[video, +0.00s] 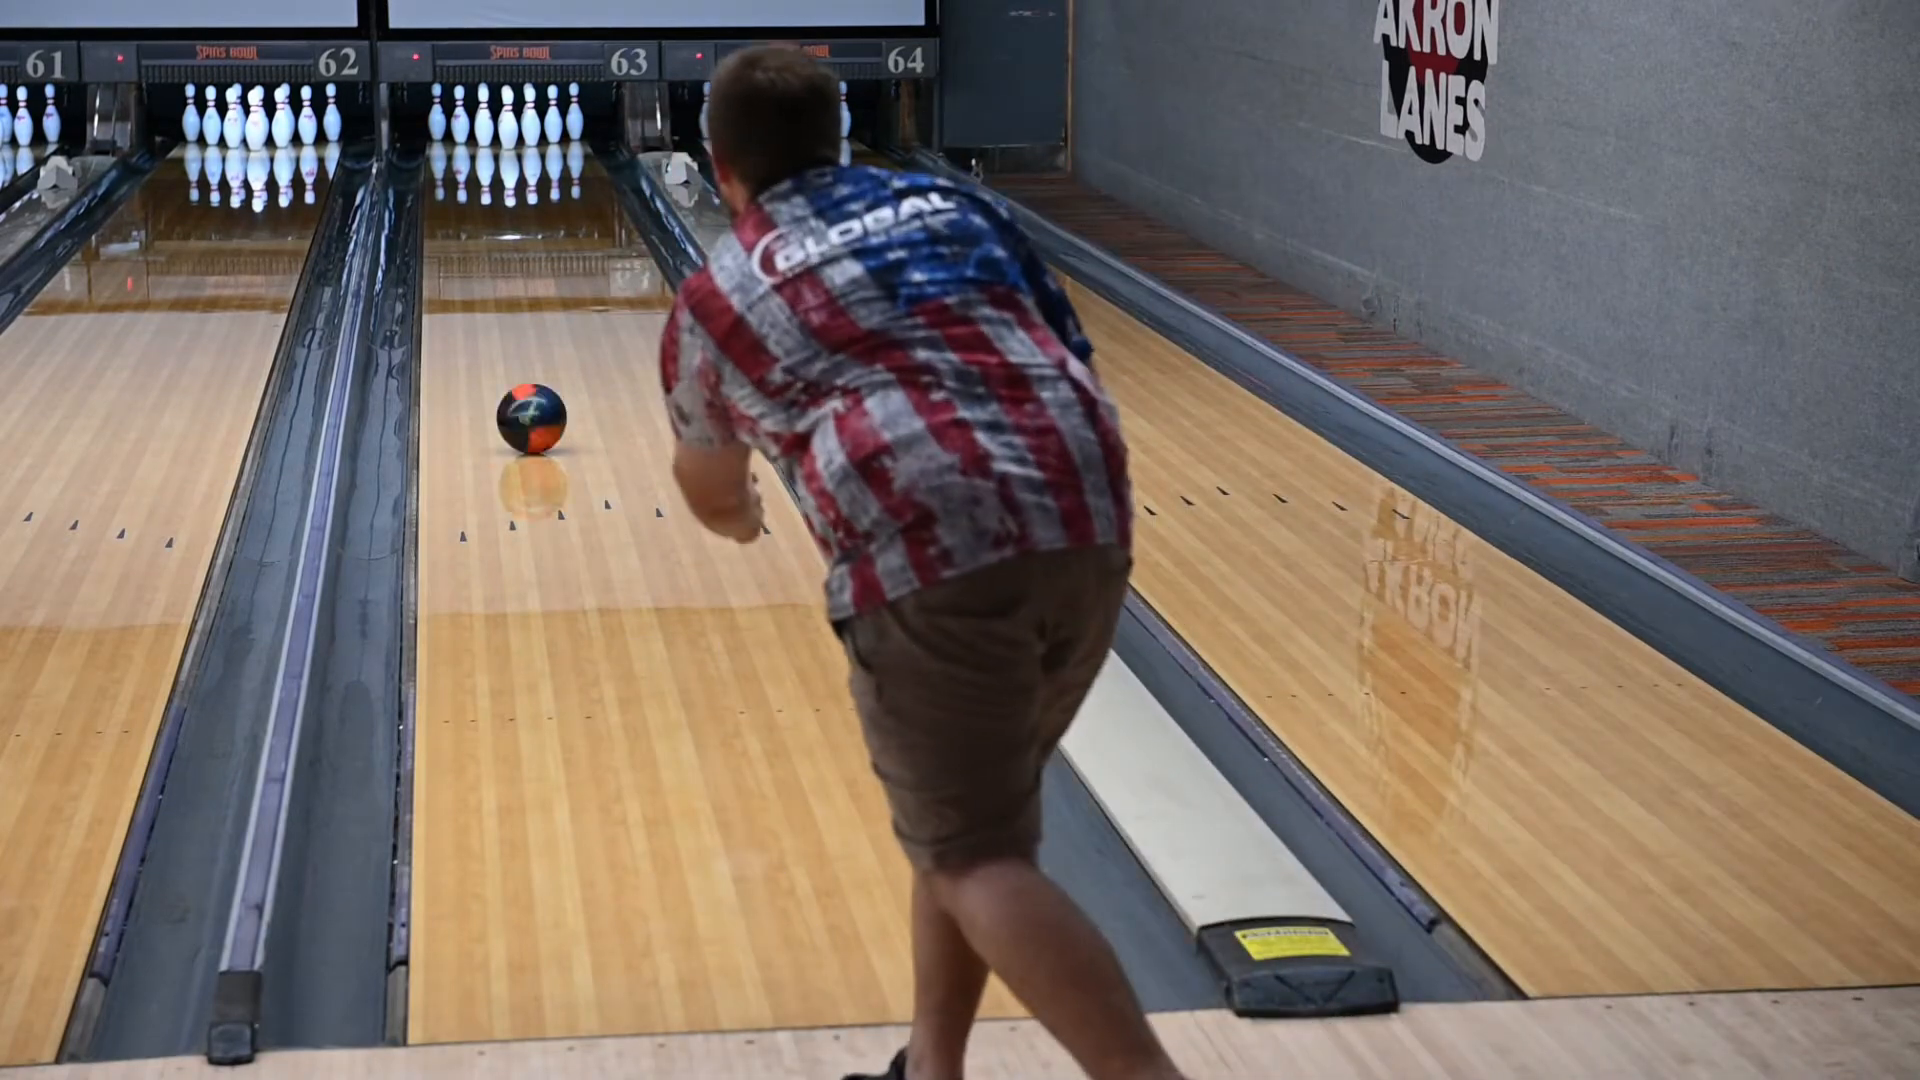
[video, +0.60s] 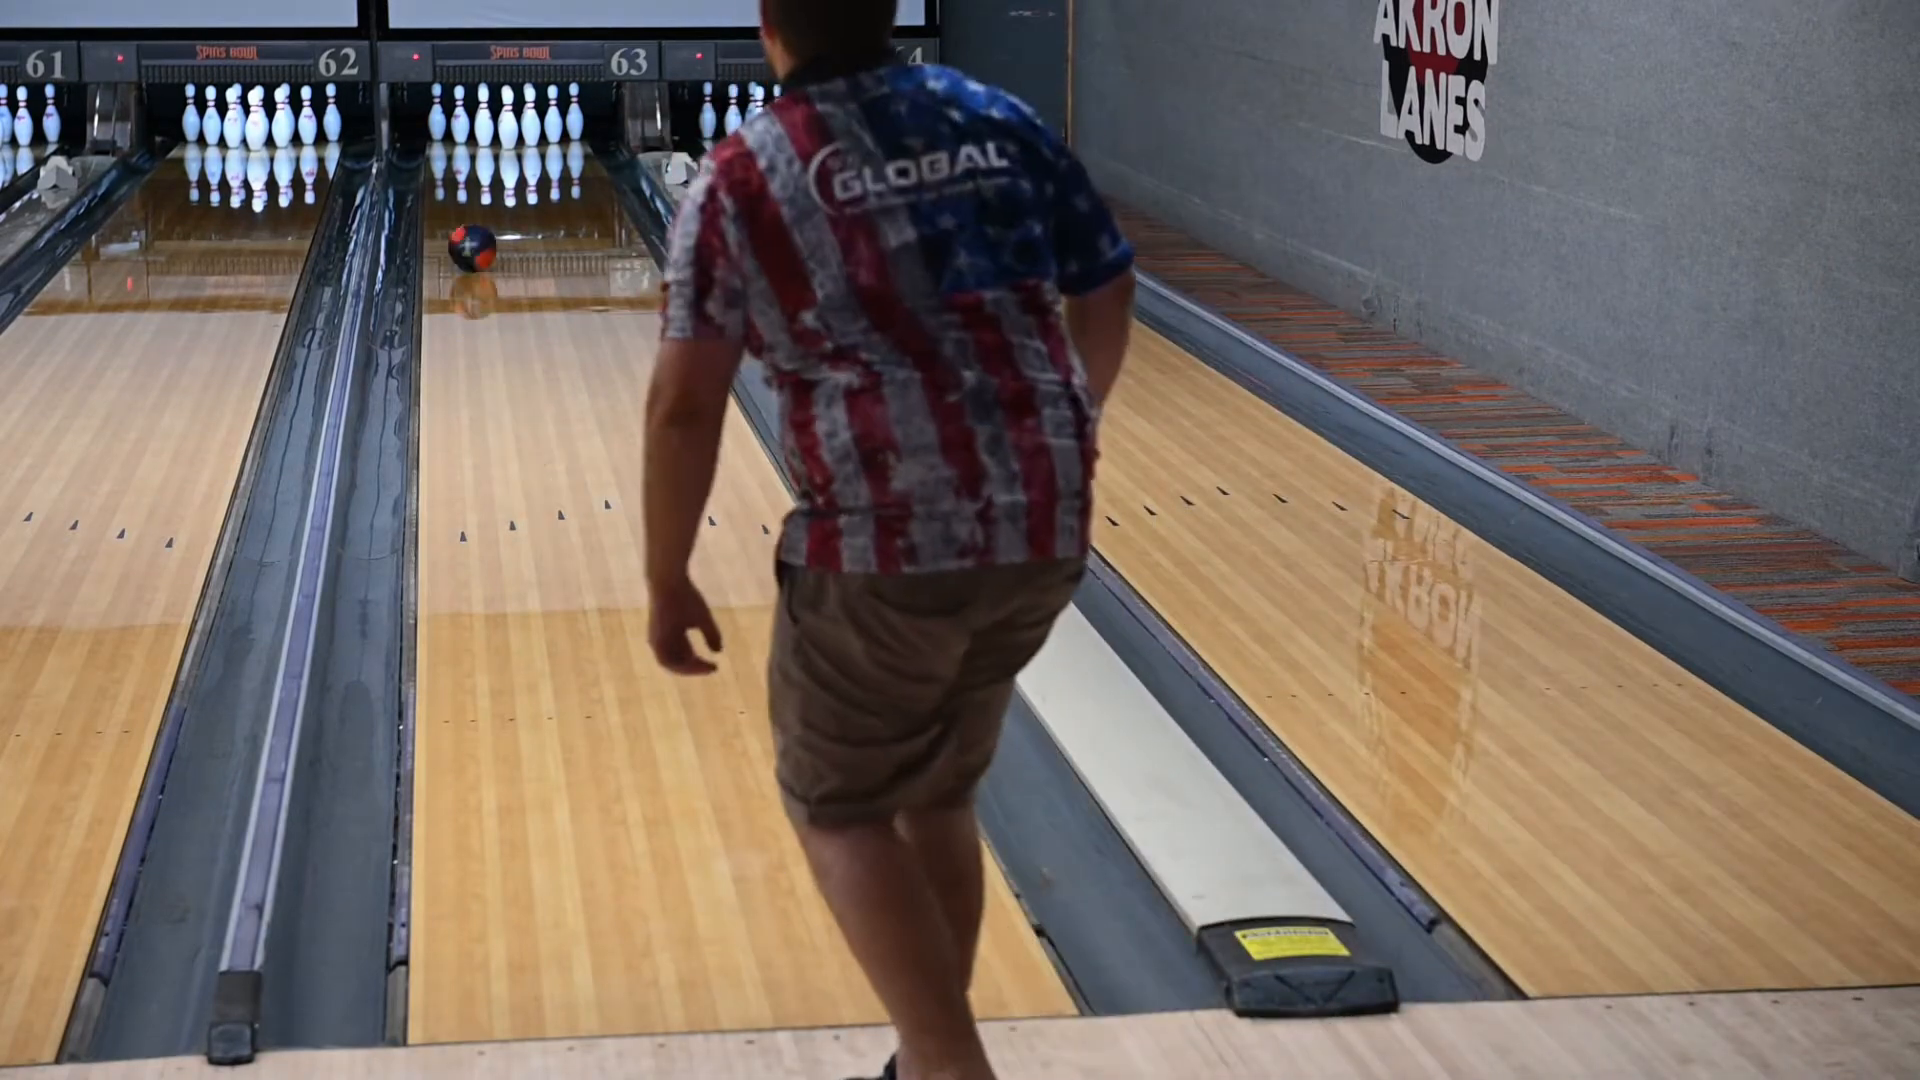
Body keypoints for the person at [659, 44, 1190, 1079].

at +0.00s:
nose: (714, 178)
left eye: (713, 163)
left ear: (724, 170)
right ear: (840, 140)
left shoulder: (717, 295)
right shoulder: (958, 202)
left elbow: (715, 487)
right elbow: (1067, 348)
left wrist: (733, 514)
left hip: (931, 554)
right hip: (1092, 525)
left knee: (975, 856)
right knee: (973, 825)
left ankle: (1145, 1072)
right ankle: (931, 1069)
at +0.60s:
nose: (765, 37)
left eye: (763, 25)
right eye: (776, 23)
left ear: (773, 32)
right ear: (889, 20)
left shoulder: (743, 178)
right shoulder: (1002, 122)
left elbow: (685, 406)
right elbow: (1105, 293)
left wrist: (668, 574)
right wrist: (1067, 433)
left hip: (883, 546)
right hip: (1042, 528)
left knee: (840, 800)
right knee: (943, 793)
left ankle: (953, 1069)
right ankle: (932, 1057)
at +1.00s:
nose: (801, 18)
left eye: (803, 9)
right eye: (809, 9)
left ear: (818, 11)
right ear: (934, 1)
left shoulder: (764, 148)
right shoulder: (1035, 117)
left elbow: (700, 380)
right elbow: (1121, 297)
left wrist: (778, 455)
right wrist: (1079, 424)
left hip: (847, 542)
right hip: (1022, 526)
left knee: (801, 795)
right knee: (950, 791)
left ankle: (868, 1066)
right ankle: (936, 1065)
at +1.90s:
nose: (979, 19)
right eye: (975, 9)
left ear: (836, 1)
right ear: (964, 11)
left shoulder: (735, 131)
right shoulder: (998, 183)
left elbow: (693, 323)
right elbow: (1083, 428)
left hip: (771, 585)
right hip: (948, 612)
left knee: (831, 911)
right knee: (998, 949)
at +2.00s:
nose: (994, 38)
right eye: (995, 23)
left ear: (851, 20)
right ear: (980, 28)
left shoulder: (761, 152)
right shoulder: (984, 191)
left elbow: (764, 383)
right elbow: (1079, 437)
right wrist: (1112, 386)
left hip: (794, 616)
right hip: (950, 639)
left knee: (847, 934)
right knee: (987, 990)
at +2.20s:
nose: (1058, 47)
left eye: (1055, 25)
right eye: (1049, 24)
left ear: (923, 30)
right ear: (999, 37)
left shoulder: (862, 158)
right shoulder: (971, 202)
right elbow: (1078, 452)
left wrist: (1108, 381)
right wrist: (1152, 403)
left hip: (895, 648)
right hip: (971, 673)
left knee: (935, 1017)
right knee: (971, 1035)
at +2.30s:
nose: (1098, 25)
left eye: (1091, 7)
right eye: (1077, 7)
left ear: (988, 32)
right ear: (991, 29)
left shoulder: (968, 155)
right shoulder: (949, 181)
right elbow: (1075, 443)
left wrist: (1152, 382)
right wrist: (1180, 399)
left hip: (1045, 672)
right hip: (960, 694)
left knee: (1064, 983)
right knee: (949, 1045)